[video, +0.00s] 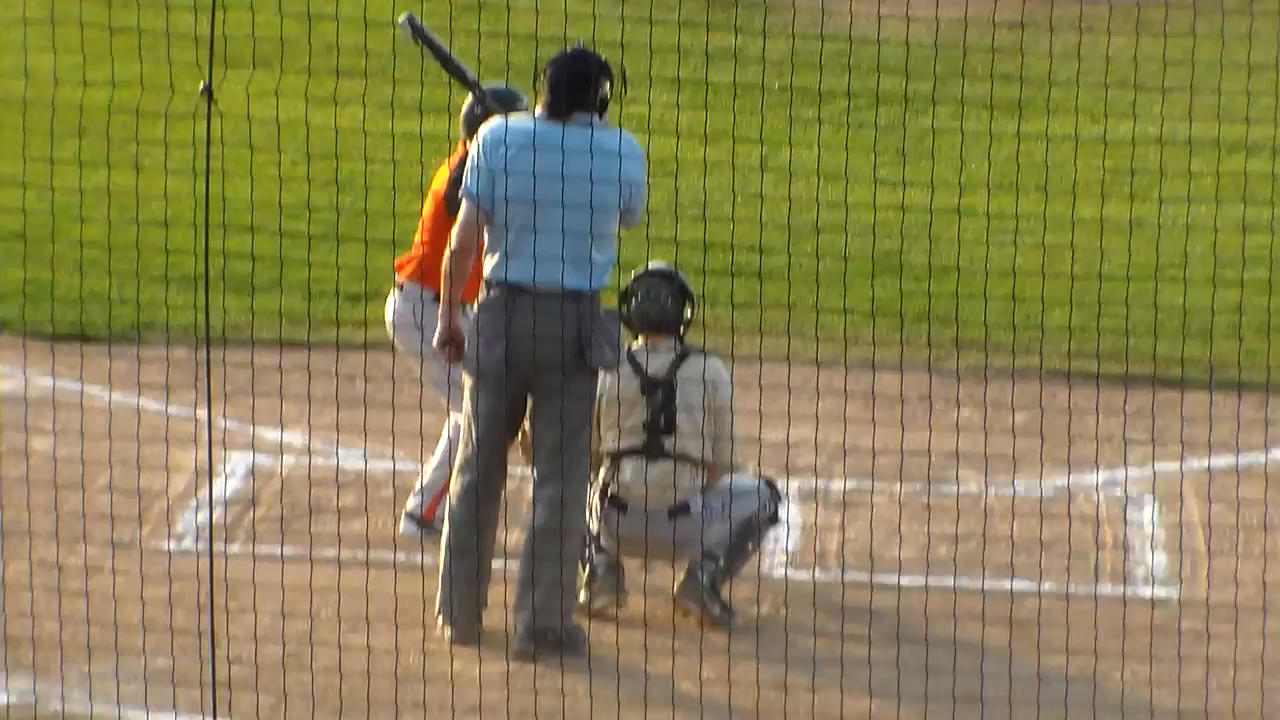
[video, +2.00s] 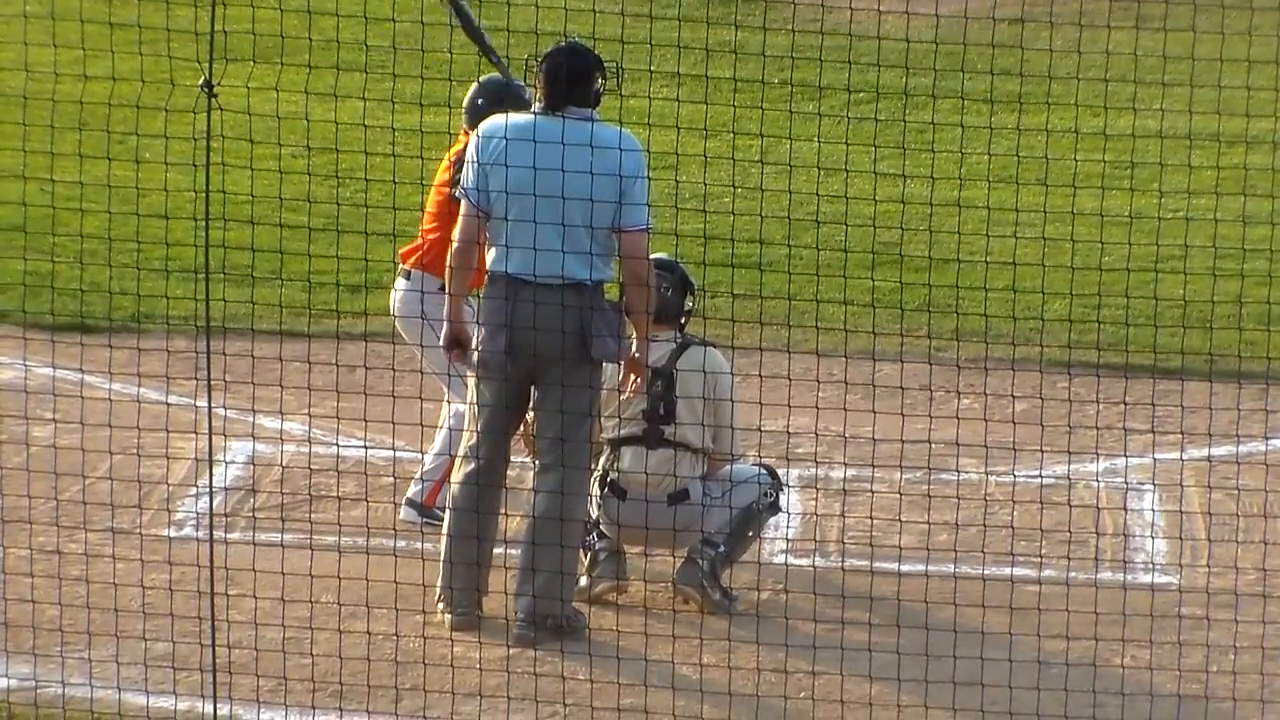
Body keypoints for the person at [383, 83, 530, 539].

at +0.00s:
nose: (520, 138)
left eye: (520, 130)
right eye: (515, 129)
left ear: (473, 126)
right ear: (495, 129)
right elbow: (459, 247)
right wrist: (455, 314)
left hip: (441, 301)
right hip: (423, 301)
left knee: (478, 402)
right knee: (480, 402)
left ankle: (430, 506)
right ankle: (426, 508)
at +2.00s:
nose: (523, 128)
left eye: (523, 120)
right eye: (519, 119)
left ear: (475, 115)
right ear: (501, 118)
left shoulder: (467, 152)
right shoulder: (476, 156)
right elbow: (470, 237)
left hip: (420, 292)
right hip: (431, 295)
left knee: (472, 392)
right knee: (480, 392)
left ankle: (430, 493)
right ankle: (427, 495)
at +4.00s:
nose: (531, 131)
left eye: (530, 125)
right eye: (527, 126)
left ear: (484, 130)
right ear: (513, 132)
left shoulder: (508, 165)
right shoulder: (470, 168)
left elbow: (556, 196)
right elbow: (501, 215)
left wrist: (563, 175)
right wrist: (535, 181)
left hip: (459, 302)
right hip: (426, 300)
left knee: (475, 395)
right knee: (462, 400)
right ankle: (433, 503)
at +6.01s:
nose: (471, 102)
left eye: (470, 94)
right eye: (465, 95)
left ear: (433, 97)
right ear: (444, 98)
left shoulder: (434, 136)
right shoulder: (407, 144)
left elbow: (441, 191)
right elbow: (399, 221)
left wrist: (479, 189)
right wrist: (453, 200)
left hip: (414, 274)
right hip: (392, 276)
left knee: (417, 381)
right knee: (435, 383)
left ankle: (354, 473)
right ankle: (432, 506)